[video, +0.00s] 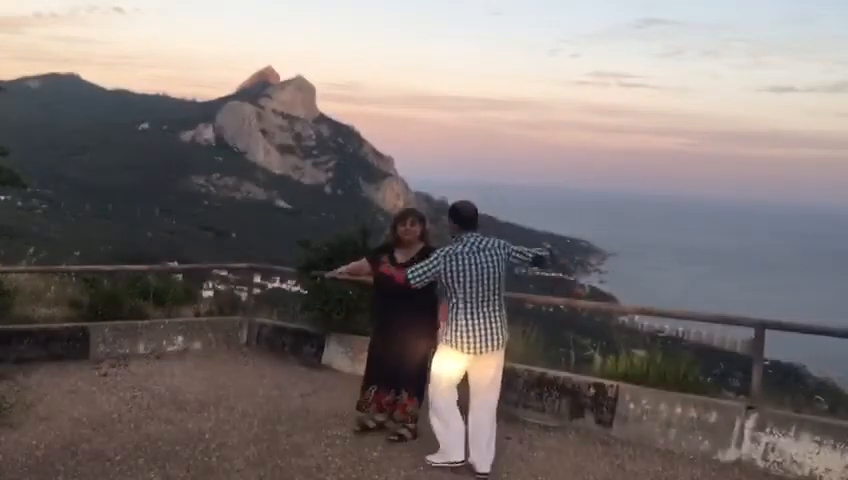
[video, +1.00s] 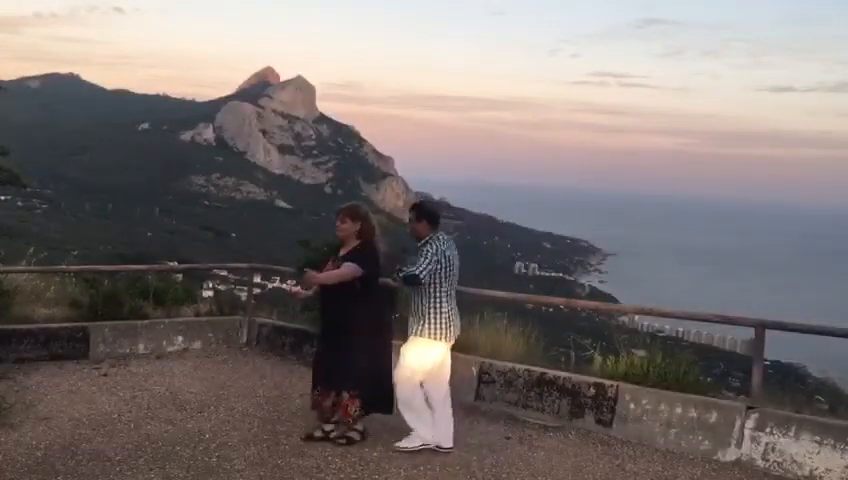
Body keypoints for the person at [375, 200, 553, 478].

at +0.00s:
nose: (449, 226)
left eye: (449, 222)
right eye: (451, 221)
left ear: (452, 224)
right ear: (476, 222)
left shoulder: (446, 254)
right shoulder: (498, 246)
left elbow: (410, 278)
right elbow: (534, 258)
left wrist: (385, 268)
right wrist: (545, 257)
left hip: (457, 337)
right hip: (493, 336)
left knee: (441, 391)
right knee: (484, 400)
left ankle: (452, 452)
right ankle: (482, 462)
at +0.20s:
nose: (436, 227)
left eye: (437, 223)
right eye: (437, 222)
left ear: (443, 224)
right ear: (465, 223)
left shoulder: (438, 252)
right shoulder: (487, 245)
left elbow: (406, 277)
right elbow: (514, 245)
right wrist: (524, 236)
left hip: (447, 333)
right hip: (480, 330)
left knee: (441, 395)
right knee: (475, 392)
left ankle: (442, 451)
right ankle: (479, 450)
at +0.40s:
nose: (430, 227)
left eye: (431, 223)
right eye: (431, 222)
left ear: (436, 224)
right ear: (457, 223)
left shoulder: (433, 250)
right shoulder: (477, 247)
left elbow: (397, 266)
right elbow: (505, 261)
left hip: (438, 333)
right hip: (470, 332)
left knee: (434, 392)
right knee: (457, 385)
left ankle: (441, 452)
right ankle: (466, 439)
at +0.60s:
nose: (425, 227)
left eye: (427, 223)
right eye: (426, 222)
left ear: (433, 223)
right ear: (451, 223)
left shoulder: (431, 248)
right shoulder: (469, 247)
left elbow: (395, 260)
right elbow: (489, 272)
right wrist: (463, 271)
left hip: (436, 331)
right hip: (461, 331)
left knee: (428, 392)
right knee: (443, 388)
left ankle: (441, 450)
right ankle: (440, 440)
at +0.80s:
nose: (419, 227)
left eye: (421, 222)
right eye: (419, 222)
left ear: (431, 223)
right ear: (443, 223)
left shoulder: (434, 247)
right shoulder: (461, 247)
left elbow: (407, 270)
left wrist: (385, 266)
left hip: (434, 329)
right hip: (456, 328)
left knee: (413, 381)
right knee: (441, 385)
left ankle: (438, 438)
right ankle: (444, 435)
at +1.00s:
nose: (411, 228)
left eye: (413, 222)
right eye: (411, 222)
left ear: (425, 223)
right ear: (432, 223)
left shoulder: (433, 245)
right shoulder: (447, 244)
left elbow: (417, 277)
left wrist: (400, 273)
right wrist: (405, 274)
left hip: (429, 327)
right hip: (444, 325)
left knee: (403, 380)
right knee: (437, 384)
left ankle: (422, 432)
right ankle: (443, 438)